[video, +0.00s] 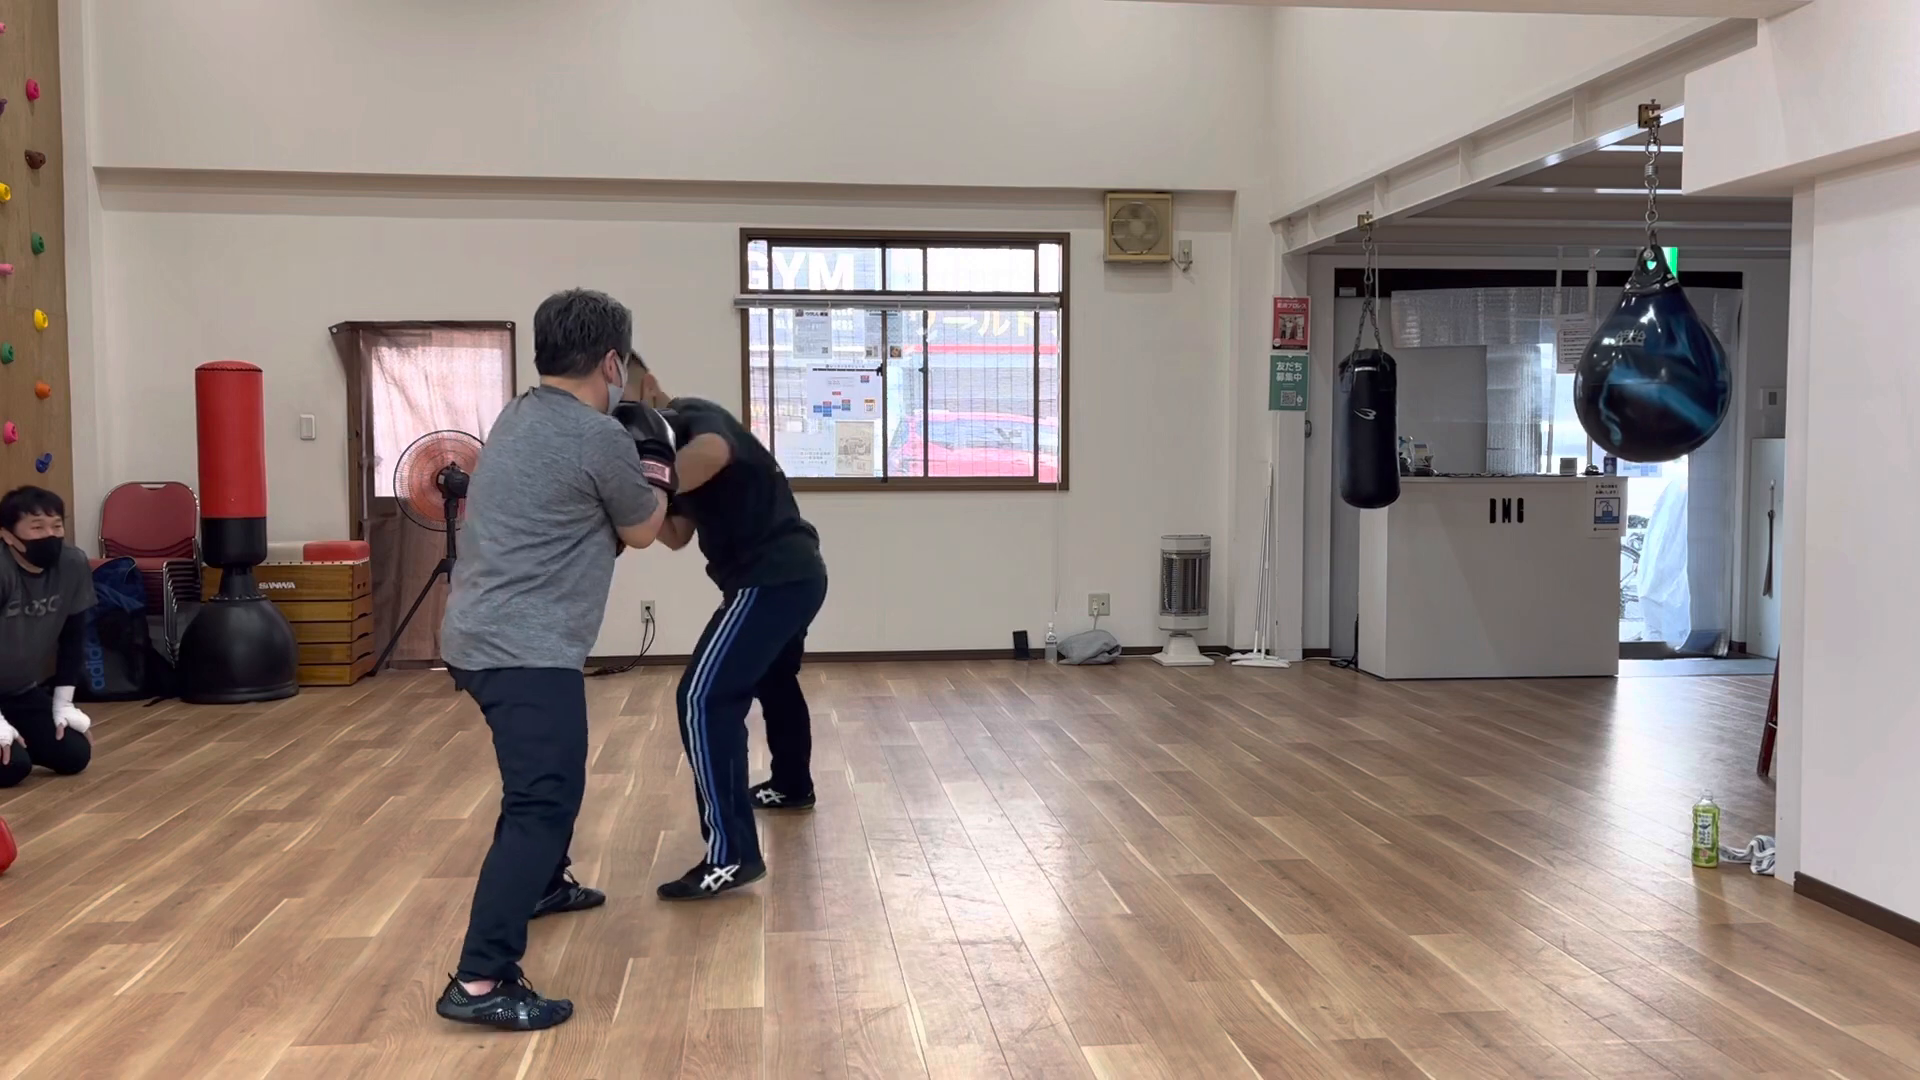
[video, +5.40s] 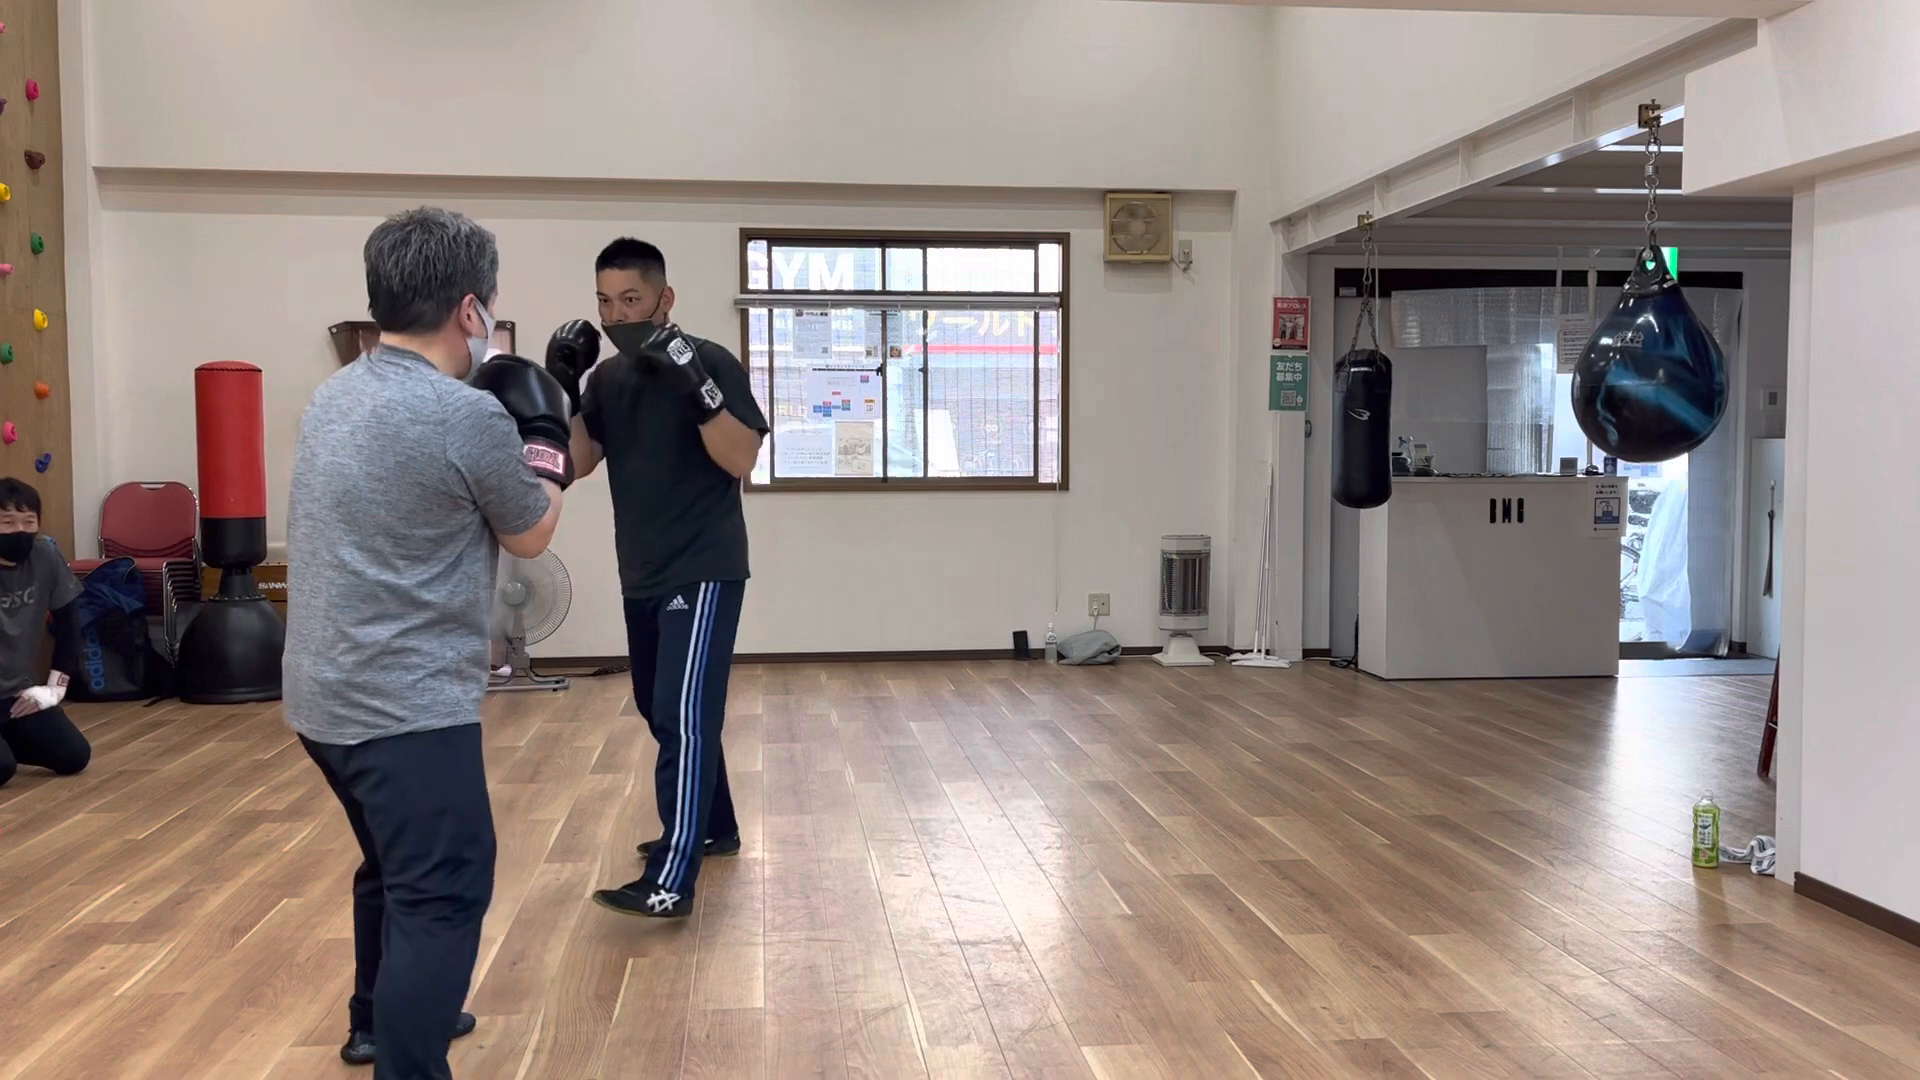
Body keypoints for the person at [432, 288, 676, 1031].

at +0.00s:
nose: (625, 369)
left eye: (623, 359)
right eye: (623, 358)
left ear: (546, 358)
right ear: (609, 361)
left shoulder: (515, 417)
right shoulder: (600, 436)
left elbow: (561, 504)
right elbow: (642, 531)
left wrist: (627, 490)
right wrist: (654, 484)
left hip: (478, 639)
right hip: (531, 652)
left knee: (544, 771)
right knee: (539, 806)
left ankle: (542, 879)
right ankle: (481, 978)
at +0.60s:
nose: (534, 334)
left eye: (534, 322)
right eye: (532, 320)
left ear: (448, 323)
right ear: (509, 322)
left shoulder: (416, 391)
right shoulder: (488, 395)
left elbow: (478, 486)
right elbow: (557, 499)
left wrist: (532, 417)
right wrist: (574, 432)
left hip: (401, 620)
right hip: (435, 630)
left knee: (494, 736)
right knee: (440, 790)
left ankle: (438, 910)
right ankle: (352, 977)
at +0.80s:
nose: (499, 367)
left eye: (495, 353)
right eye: (496, 354)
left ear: (409, 356)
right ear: (475, 359)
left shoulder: (368, 431)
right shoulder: (457, 445)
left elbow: (400, 543)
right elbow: (515, 553)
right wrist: (540, 500)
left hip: (358, 660)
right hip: (394, 673)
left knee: (472, 757)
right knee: (396, 841)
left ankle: (431, 925)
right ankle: (284, 1027)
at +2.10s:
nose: (376, 335)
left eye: (376, 321)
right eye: (373, 320)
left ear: (287, 322)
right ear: (345, 322)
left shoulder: (255, 397)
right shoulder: (347, 405)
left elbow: (320, 482)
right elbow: (417, 506)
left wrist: (385, 435)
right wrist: (436, 463)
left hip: (252, 639)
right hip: (299, 649)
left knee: (351, 750)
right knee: (289, 814)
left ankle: (302, 910)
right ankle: (221, 999)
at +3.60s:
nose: (495, 309)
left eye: (497, 296)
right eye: (493, 295)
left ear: (392, 294)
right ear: (470, 299)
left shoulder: (350, 374)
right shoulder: (457, 386)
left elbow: (402, 482)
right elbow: (527, 500)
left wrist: (484, 426)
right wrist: (532, 436)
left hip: (322, 652)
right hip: (400, 658)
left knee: (392, 818)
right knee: (422, 847)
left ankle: (382, 982)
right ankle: (330, 1050)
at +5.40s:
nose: (489, 317)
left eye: (491, 300)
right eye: (489, 301)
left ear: (382, 300)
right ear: (468, 310)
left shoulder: (332, 396)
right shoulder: (464, 415)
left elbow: (399, 509)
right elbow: (531, 534)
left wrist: (501, 451)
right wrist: (541, 450)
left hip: (323, 697)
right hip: (409, 707)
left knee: (389, 864)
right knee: (441, 895)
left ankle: (383, 1017)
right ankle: (411, 1061)